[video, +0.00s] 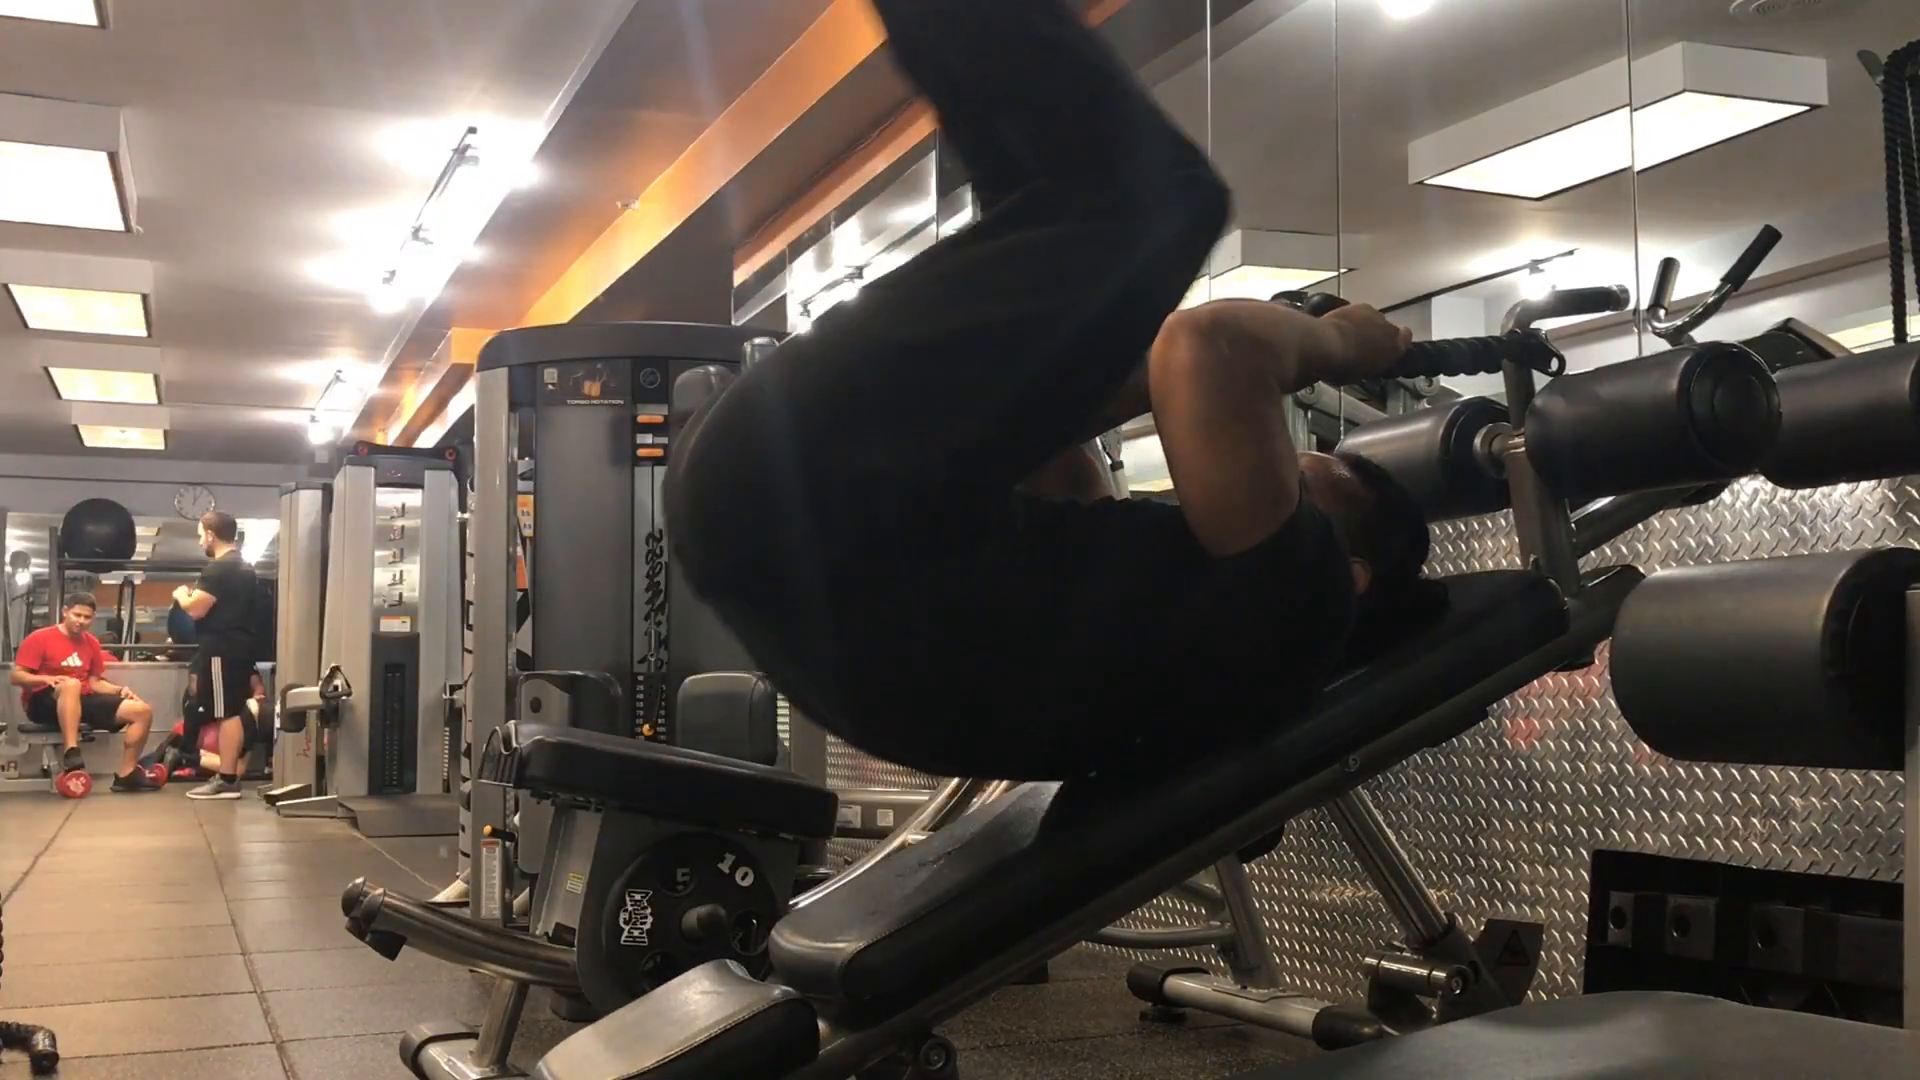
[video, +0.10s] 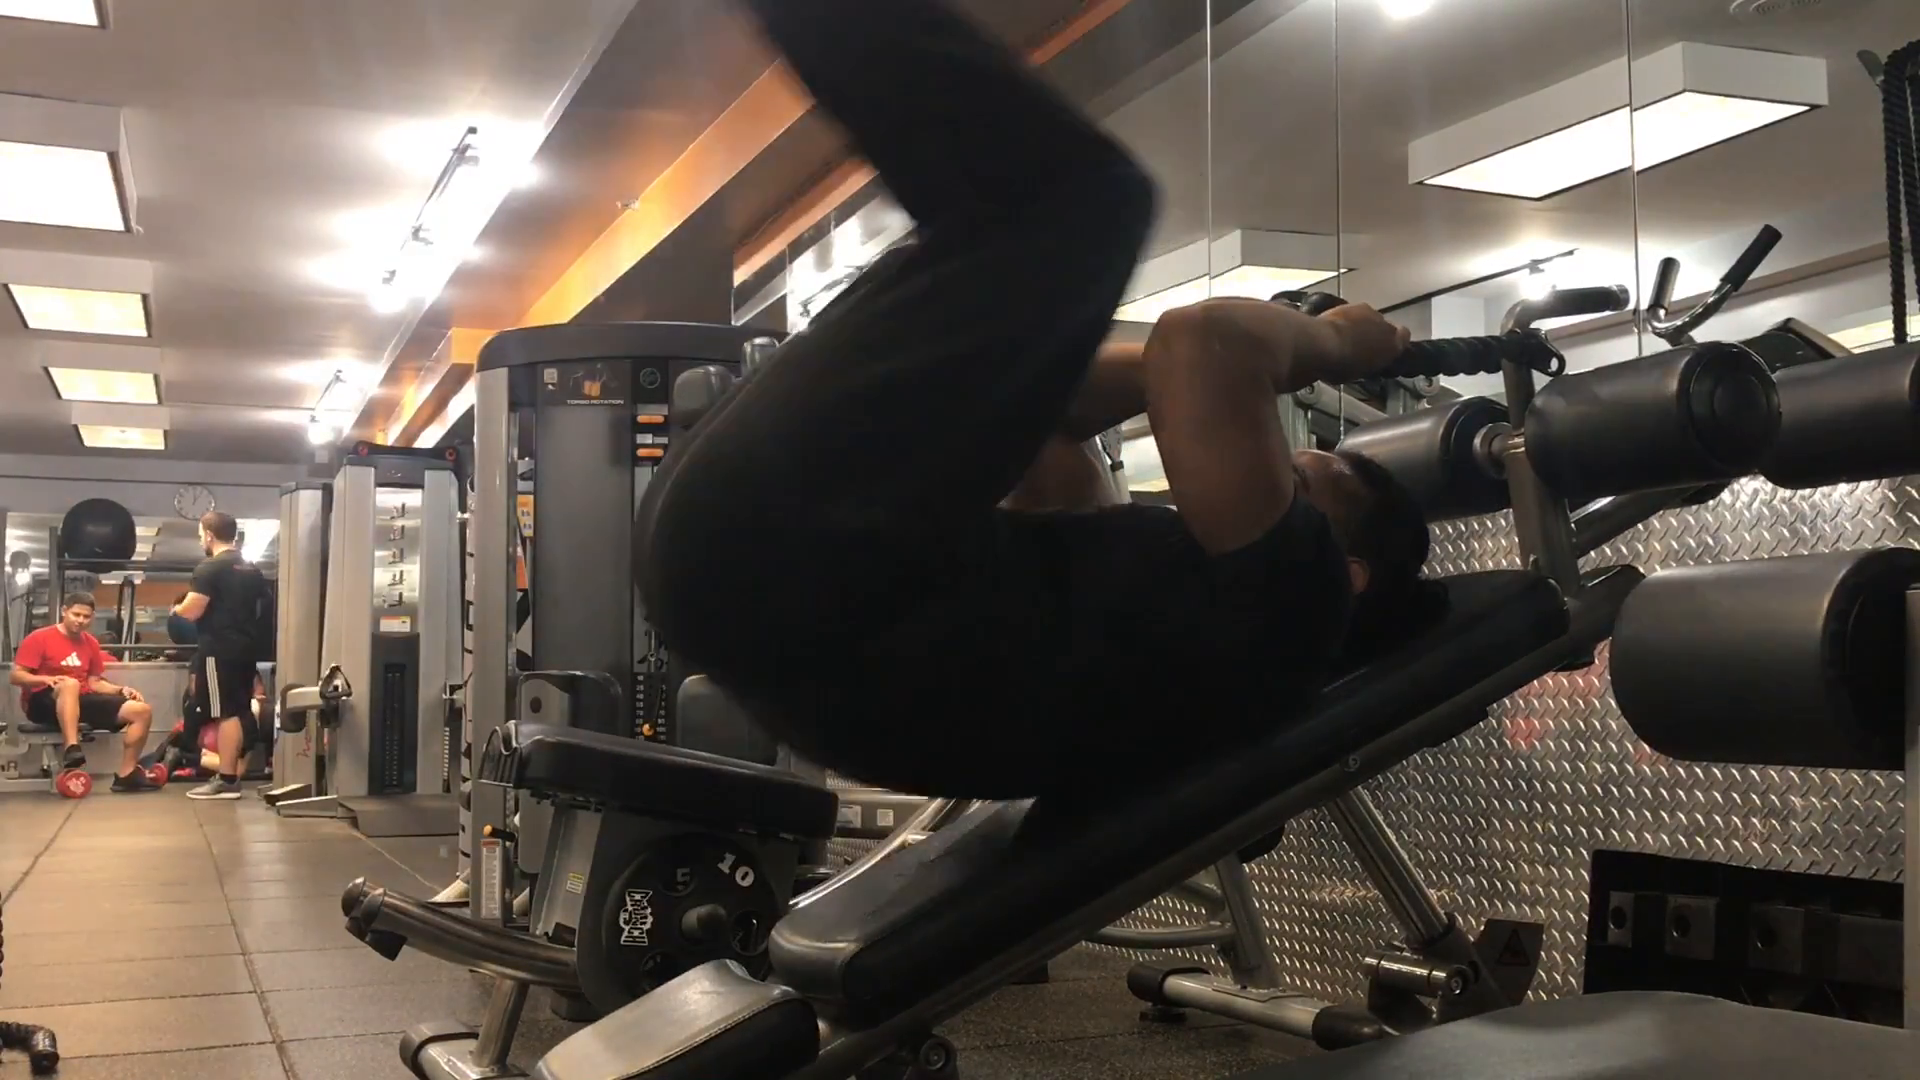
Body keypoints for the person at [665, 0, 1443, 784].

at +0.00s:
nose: (1305, 456)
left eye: (1334, 468)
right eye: (1323, 454)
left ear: (1354, 565)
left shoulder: (1299, 603)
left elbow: (1201, 345)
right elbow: (1049, 424)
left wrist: (1332, 339)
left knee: (1161, 196)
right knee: (1082, 232)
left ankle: (913, 18)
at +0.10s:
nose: (1311, 458)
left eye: (1337, 473)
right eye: (1324, 457)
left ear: (1354, 569)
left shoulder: (1293, 605)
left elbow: (1205, 336)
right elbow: (1038, 396)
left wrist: (1331, 339)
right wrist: (1210, 374)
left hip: (776, 557)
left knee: (1085, 197)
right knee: (982, 241)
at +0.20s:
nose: (1293, 460)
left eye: (1319, 474)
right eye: (1309, 457)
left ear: (1340, 552)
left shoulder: (1281, 595)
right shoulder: (1132, 596)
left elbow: (1195, 335)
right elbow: (1025, 402)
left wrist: (1321, 337)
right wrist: (1196, 379)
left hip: (763, 662)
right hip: (693, 641)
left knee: (978, 207)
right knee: (918, 241)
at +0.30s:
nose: (1290, 451)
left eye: (1318, 462)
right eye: (1304, 449)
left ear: (1332, 535)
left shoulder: (1259, 603)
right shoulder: (1118, 585)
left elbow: (1190, 329)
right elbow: (1015, 392)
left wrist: (1325, 337)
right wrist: (1223, 364)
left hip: (743, 732)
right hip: (708, 703)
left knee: (871, 217)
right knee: (841, 259)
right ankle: (439, 148)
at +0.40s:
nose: (1259, 463)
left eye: (1293, 469)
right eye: (1273, 462)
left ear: (1319, 529)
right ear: (1249, 503)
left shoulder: (1262, 594)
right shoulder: (1103, 567)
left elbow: (1178, 323)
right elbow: (1007, 391)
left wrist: (1319, 345)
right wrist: (1202, 391)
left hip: (756, 805)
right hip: (721, 751)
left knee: (715, 260)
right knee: (716, 259)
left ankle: (234, 314)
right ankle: (259, 306)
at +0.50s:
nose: (1226, 473)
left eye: (1263, 472)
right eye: (1248, 465)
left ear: (1293, 514)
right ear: (1240, 503)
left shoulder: (1234, 613)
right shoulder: (1090, 580)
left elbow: (1170, 326)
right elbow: (1017, 389)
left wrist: (1314, 341)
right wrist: (1208, 374)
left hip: (767, 868)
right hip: (723, 802)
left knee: (551, 332)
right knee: (548, 320)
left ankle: (97, 509)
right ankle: (112, 498)